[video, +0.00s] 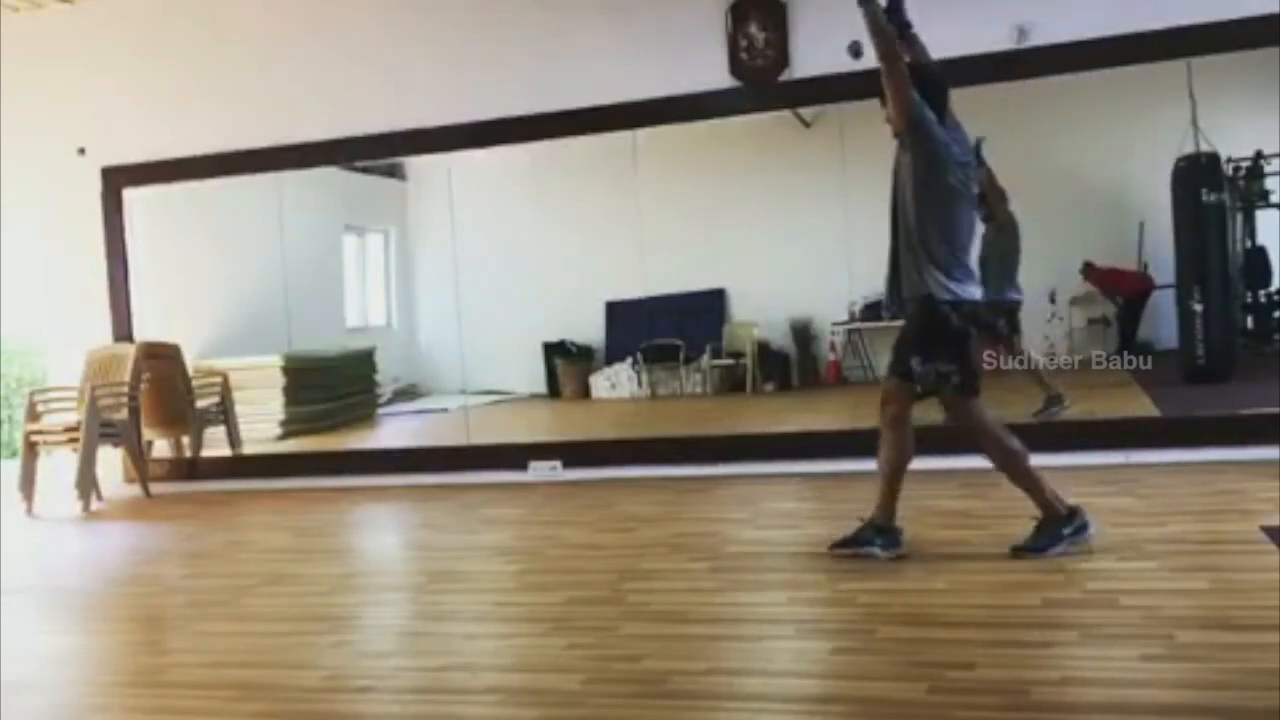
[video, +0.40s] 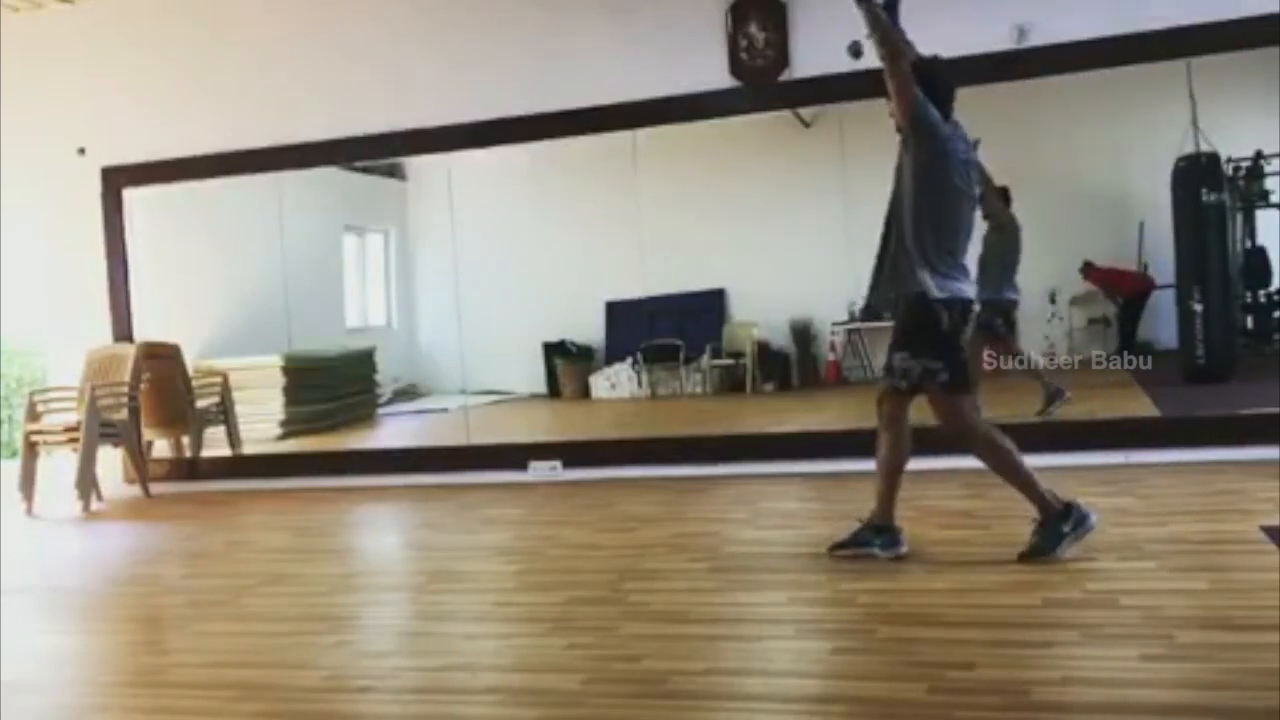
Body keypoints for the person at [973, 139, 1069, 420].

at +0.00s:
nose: (979, 205)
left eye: (983, 198)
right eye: (980, 198)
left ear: (994, 197)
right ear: (988, 198)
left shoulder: (1003, 222)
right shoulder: (993, 223)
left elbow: (993, 190)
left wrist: (976, 160)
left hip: (1002, 298)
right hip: (987, 296)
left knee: (1015, 349)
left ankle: (1052, 392)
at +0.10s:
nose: (976, 207)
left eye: (981, 201)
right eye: (977, 202)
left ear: (995, 202)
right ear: (985, 204)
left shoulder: (1000, 224)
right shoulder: (990, 226)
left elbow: (987, 192)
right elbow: (980, 196)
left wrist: (973, 161)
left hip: (997, 300)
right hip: (988, 299)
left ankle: (1048, 390)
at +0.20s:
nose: (973, 206)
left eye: (978, 201)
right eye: (973, 201)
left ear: (992, 203)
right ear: (987, 204)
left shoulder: (998, 227)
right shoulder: (988, 230)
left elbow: (984, 194)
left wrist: (968, 166)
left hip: (991, 299)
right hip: (987, 298)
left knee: (970, 349)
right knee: (999, 350)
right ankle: (1041, 385)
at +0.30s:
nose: (975, 206)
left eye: (979, 200)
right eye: (975, 201)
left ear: (993, 202)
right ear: (989, 203)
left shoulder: (999, 226)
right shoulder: (990, 228)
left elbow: (985, 194)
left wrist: (969, 165)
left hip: (992, 299)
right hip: (988, 298)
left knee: (970, 349)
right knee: (1002, 351)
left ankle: (970, 403)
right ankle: (1044, 386)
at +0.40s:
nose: (983, 209)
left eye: (987, 203)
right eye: (982, 203)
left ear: (1001, 203)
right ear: (1000, 203)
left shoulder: (1007, 226)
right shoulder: (995, 227)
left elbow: (990, 194)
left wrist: (974, 164)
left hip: (1000, 300)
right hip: (990, 300)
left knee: (1011, 351)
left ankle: (1051, 388)